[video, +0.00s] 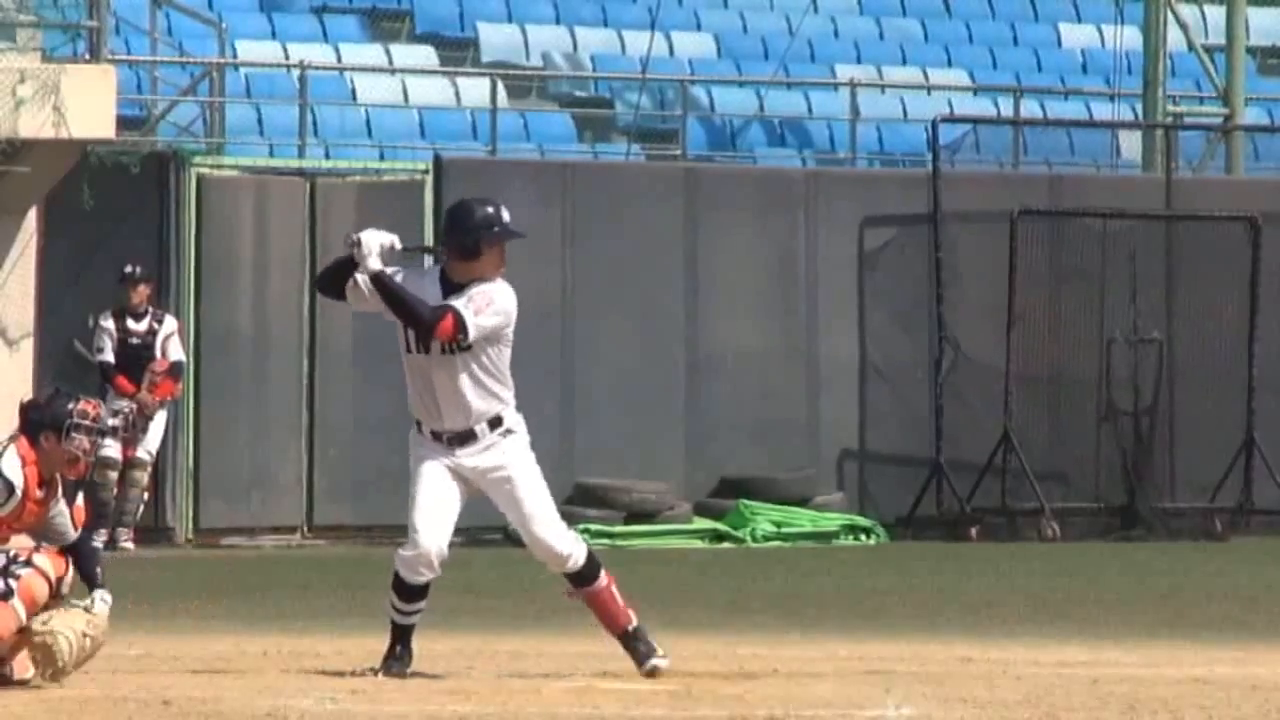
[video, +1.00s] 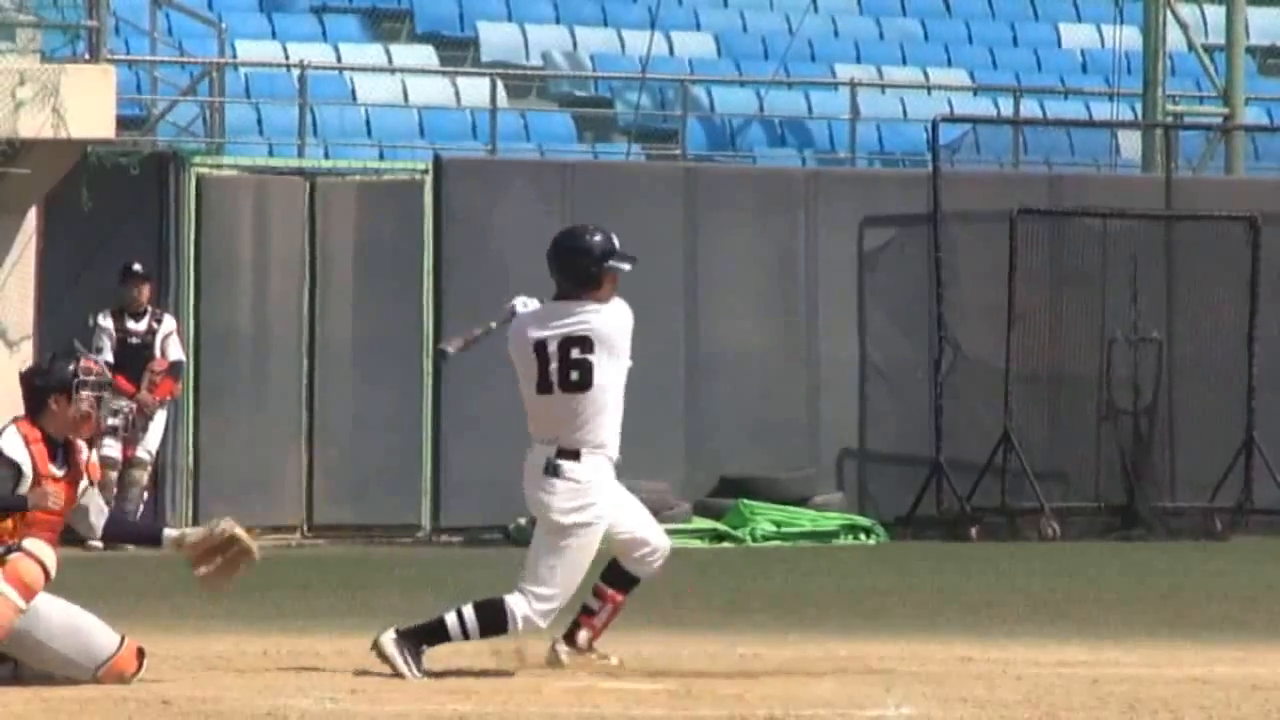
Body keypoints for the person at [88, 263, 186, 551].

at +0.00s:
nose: (133, 292)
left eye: (138, 286)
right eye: (129, 286)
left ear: (149, 289)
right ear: (123, 290)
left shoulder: (167, 324)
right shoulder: (109, 321)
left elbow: (177, 367)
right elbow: (106, 367)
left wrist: (156, 397)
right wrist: (136, 394)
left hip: (152, 400)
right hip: (118, 396)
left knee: (140, 460)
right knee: (107, 457)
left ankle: (125, 529)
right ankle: (102, 526)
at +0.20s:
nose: (136, 292)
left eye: (142, 286)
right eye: (131, 286)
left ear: (150, 290)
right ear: (123, 289)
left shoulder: (167, 324)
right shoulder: (108, 322)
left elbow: (176, 368)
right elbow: (106, 368)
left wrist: (156, 398)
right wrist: (136, 394)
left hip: (152, 400)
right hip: (118, 396)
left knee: (140, 460)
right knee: (108, 457)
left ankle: (125, 529)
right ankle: (103, 526)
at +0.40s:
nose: (137, 292)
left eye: (142, 286)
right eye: (131, 286)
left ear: (150, 289)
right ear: (123, 289)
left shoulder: (166, 324)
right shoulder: (108, 321)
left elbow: (177, 367)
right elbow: (106, 367)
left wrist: (157, 397)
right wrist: (136, 394)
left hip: (151, 399)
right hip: (117, 395)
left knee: (140, 459)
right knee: (108, 457)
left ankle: (125, 528)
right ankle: (102, 526)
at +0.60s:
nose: (135, 292)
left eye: (141, 287)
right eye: (130, 287)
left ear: (149, 290)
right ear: (122, 290)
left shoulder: (166, 324)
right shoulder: (108, 321)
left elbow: (177, 366)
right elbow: (106, 367)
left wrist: (157, 397)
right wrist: (136, 394)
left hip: (152, 401)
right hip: (117, 399)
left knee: (141, 460)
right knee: (110, 459)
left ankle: (127, 525)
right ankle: (103, 522)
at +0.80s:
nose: (136, 292)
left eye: (142, 286)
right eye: (131, 286)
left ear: (150, 289)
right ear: (122, 289)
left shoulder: (166, 324)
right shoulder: (108, 321)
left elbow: (176, 370)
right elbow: (104, 368)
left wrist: (157, 398)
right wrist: (135, 395)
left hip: (151, 401)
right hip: (114, 399)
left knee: (140, 461)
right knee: (108, 459)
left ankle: (125, 527)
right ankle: (102, 526)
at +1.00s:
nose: (137, 292)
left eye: (142, 285)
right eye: (131, 286)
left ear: (150, 289)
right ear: (122, 290)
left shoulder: (165, 323)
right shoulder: (107, 321)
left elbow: (176, 367)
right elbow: (101, 368)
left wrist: (156, 398)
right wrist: (136, 394)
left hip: (150, 401)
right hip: (115, 397)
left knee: (139, 464)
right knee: (109, 461)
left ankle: (126, 527)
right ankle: (99, 526)